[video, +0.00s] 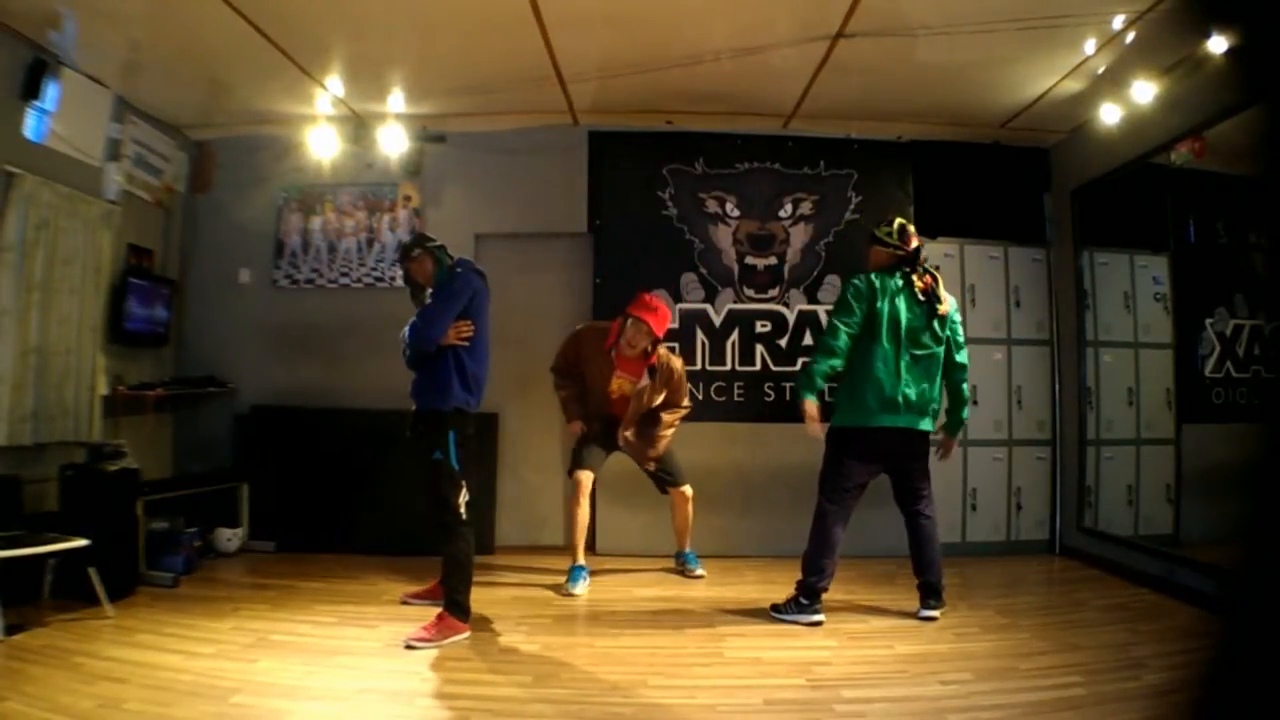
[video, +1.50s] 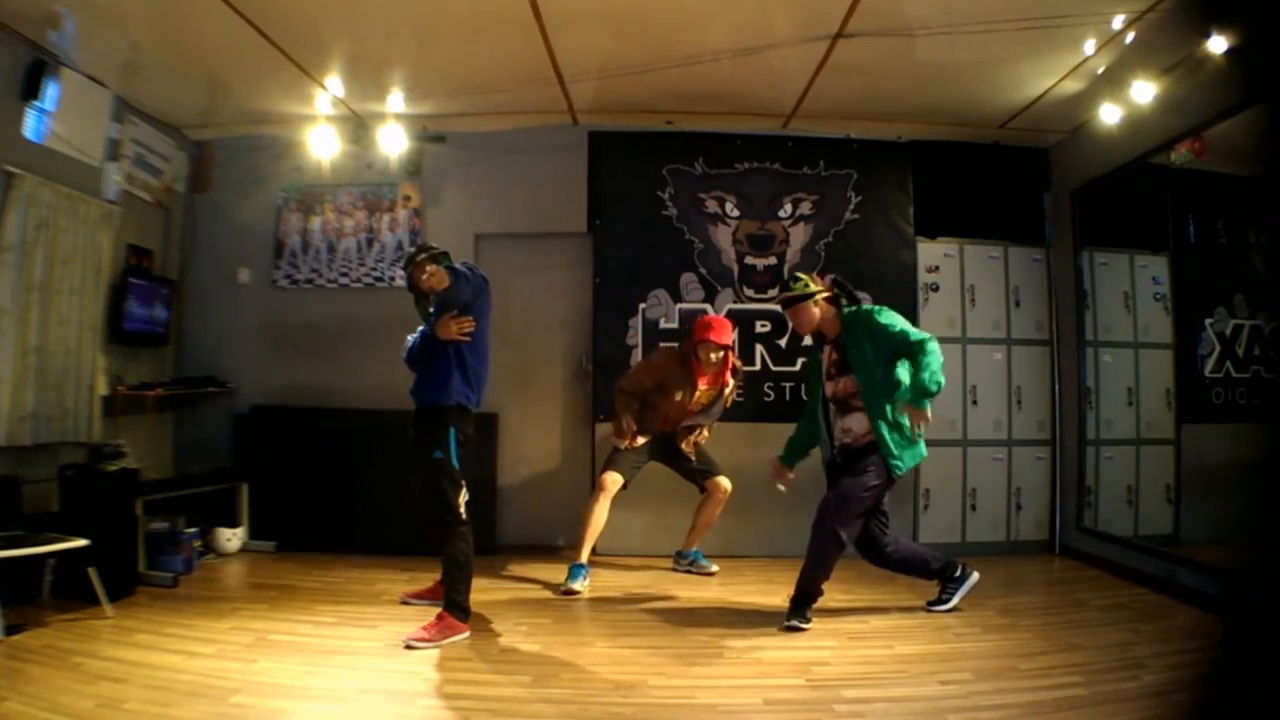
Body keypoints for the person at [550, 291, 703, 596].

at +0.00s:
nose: (635, 335)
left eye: (645, 333)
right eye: (634, 325)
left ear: (655, 338)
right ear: (625, 320)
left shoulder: (668, 366)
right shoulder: (590, 338)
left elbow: (677, 407)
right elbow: (562, 372)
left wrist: (651, 446)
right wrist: (573, 415)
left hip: (642, 429)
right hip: (598, 425)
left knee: (683, 492)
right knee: (581, 480)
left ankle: (684, 554)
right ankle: (578, 566)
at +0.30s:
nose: (638, 367)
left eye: (648, 363)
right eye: (636, 356)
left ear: (655, 369)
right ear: (626, 350)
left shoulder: (661, 389)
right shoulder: (592, 359)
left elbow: (655, 419)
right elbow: (556, 371)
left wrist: (636, 454)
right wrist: (562, 421)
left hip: (626, 435)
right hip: (585, 432)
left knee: (677, 491)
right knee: (569, 483)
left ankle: (683, 554)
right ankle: (577, 567)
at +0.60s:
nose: (646, 376)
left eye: (653, 370)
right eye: (640, 367)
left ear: (663, 374)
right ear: (628, 367)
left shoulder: (675, 390)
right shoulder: (602, 371)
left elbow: (667, 413)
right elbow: (565, 375)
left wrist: (650, 437)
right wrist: (571, 427)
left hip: (637, 439)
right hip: (595, 437)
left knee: (687, 489)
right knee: (574, 481)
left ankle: (684, 554)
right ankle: (577, 568)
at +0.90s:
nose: (669, 367)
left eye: (673, 359)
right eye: (661, 361)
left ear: (682, 358)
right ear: (650, 363)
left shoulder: (697, 374)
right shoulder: (630, 374)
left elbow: (702, 396)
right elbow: (593, 387)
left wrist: (679, 428)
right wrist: (599, 428)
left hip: (660, 439)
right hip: (620, 438)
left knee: (710, 487)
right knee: (596, 479)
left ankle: (687, 554)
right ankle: (578, 567)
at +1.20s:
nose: (699, 361)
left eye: (702, 353)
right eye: (691, 356)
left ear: (710, 351)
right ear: (680, 358)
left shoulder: (723, 371)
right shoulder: (659, 370)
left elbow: (720, 404)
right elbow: (623, 393)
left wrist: (699, 426)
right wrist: (621, 430)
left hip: (677, 440)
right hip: (640, 439)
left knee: (722, 490)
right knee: (607, 483)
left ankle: (687, 554)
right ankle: (579, 567)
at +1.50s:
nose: (714, 354)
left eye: (720, 349)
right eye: (708, 348)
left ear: (728, 350)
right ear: (695, 345)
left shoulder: (727, 376)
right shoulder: (667, 361)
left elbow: (717, 409)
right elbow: (626, 387)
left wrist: (702, 428)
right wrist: (626, 421)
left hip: (677, 440)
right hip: (640, 436)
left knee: (720, 487)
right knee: (607, 483)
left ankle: (687, 554)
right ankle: (580, 566)